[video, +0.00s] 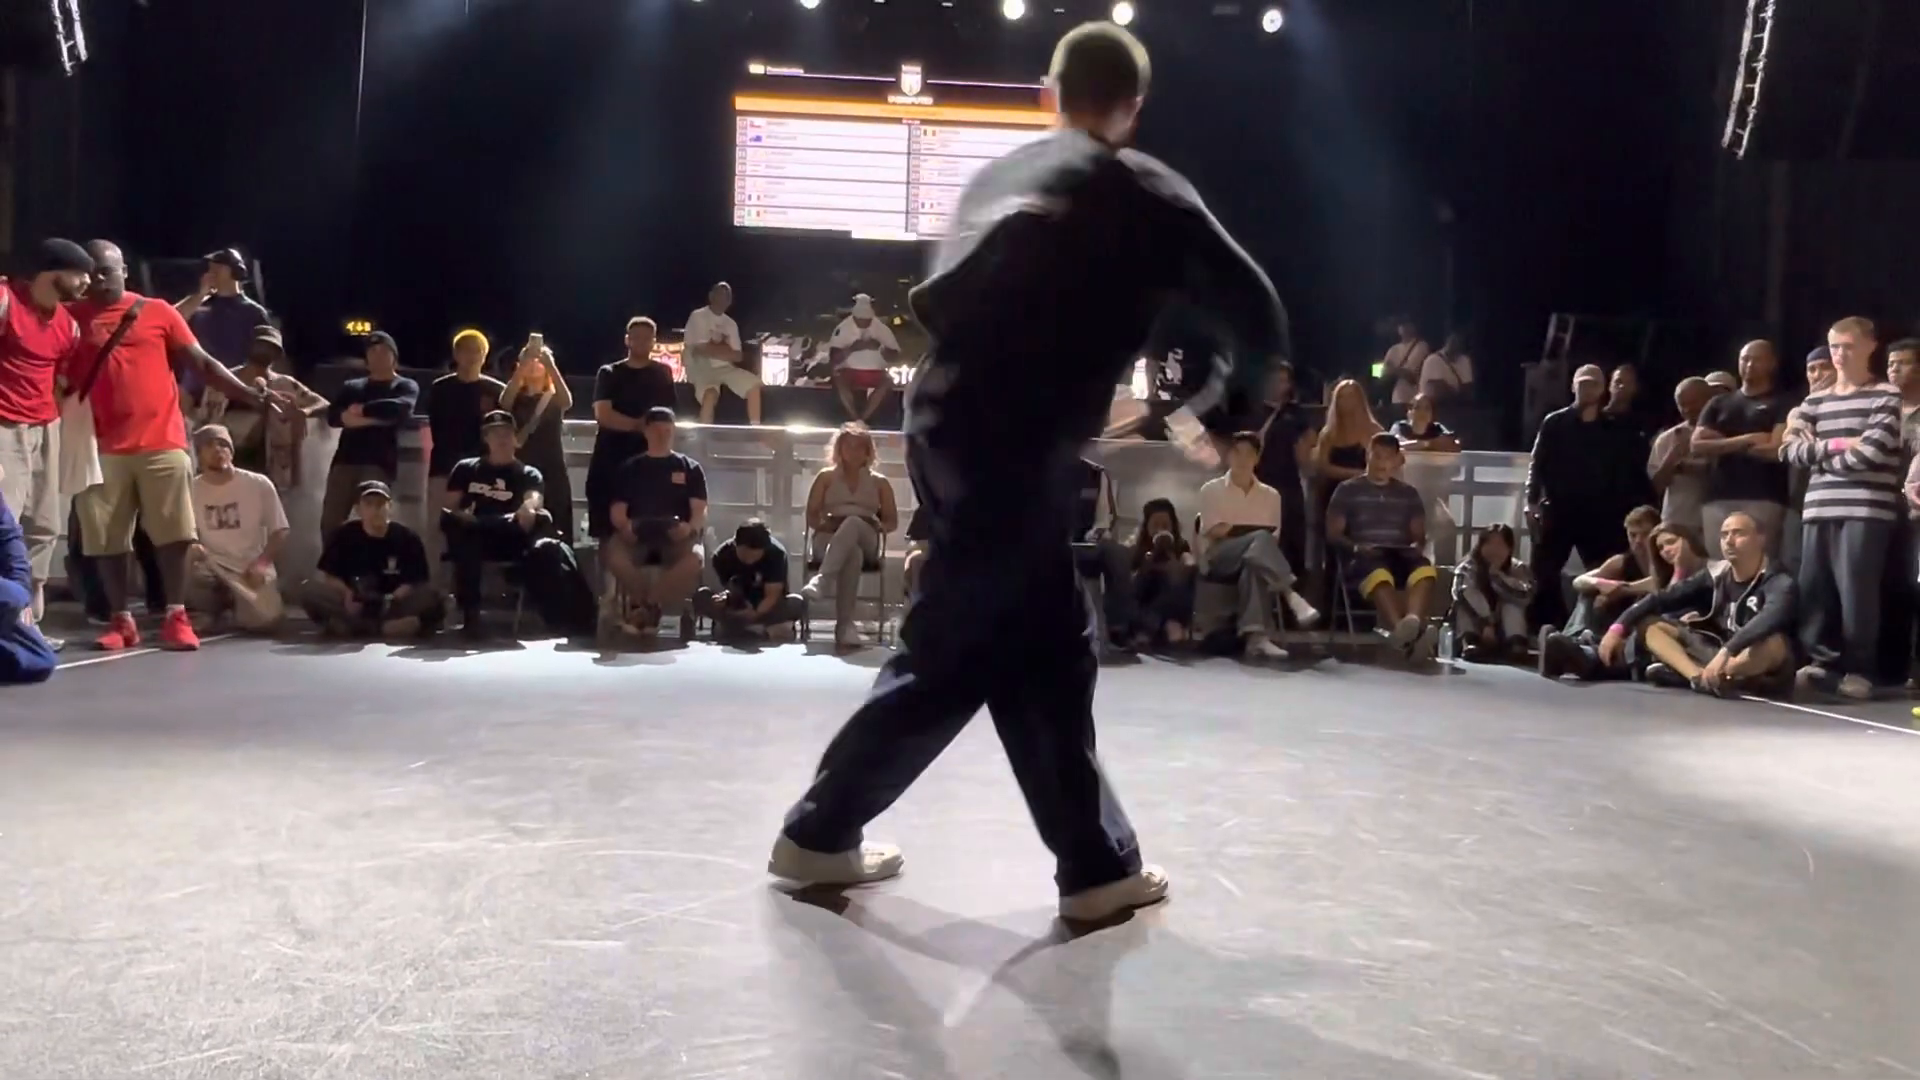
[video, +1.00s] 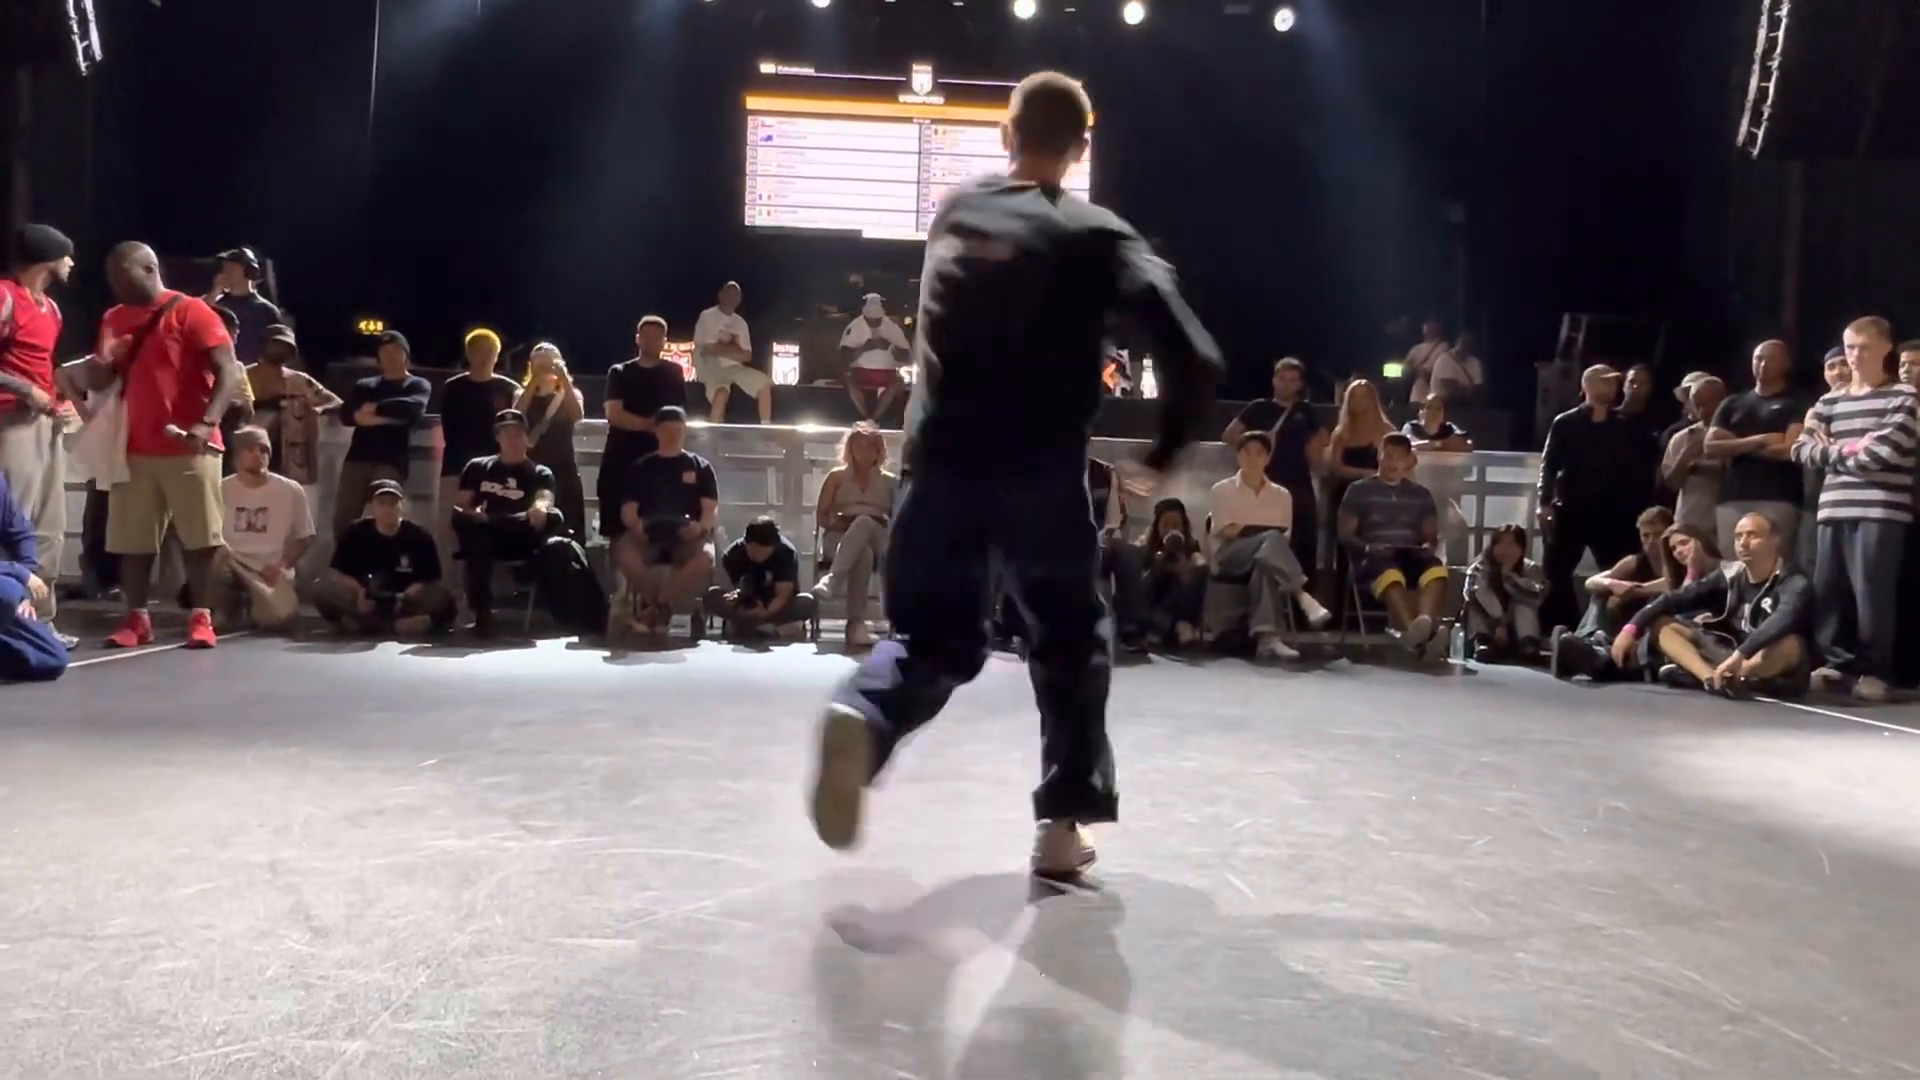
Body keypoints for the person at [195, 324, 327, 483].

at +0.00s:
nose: (264, 352)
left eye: (270, 348)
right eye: (260, 345)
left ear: (277, 354)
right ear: (251, 347)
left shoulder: (285, 383)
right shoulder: (227, 378)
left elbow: (323, 403)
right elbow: (207, 416)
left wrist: (305, 412)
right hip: (227, 450)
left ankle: (295, 473)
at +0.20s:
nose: (266, 355)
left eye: (272, 351)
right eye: (262, 348)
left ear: (278, 356)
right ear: (252, 350)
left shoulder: (286, 385)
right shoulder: (227, 381)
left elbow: (324, 404)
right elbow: (209, 420)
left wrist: (309, 413)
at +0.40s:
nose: (267, 355)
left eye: (273, 351)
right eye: (263, 348)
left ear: (279, 357)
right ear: (253, 350)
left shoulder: (287, 385)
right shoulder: (228, 381)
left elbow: (326, 405)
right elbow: (209, 417)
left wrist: (310, 413)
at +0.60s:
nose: (272, 353)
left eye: (278, 349)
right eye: (268, 346)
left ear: (283, 354)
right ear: (258, 347)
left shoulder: (291, 383)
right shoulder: (234, 379)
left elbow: (330, 403)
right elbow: (218, 414)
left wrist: (314, 411)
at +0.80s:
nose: (276, 351)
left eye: (282, 348)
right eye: (273, 345)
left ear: (287, 354)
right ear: (262, 346)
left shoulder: (296, 382)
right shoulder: (238, 377)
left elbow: (334, 404)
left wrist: (317, 411)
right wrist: (263, 406)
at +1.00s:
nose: (279, 351)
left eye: (284, 347)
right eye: (275, 344)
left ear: (290, 353)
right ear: (265, 346)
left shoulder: (299, 380)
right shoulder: (245, 376)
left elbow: (338, 403)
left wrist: (318, 410)